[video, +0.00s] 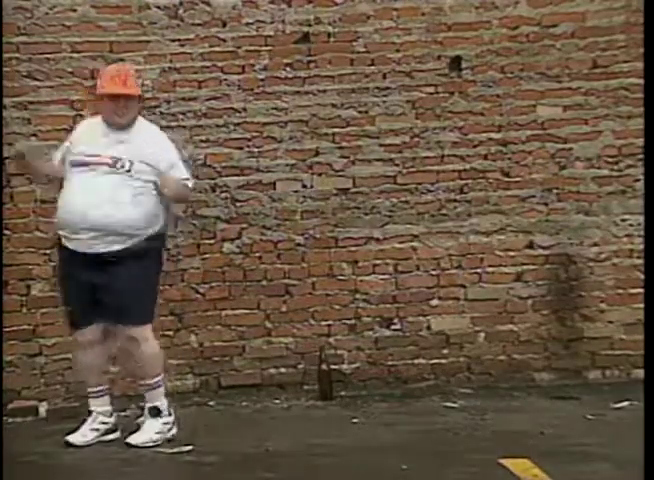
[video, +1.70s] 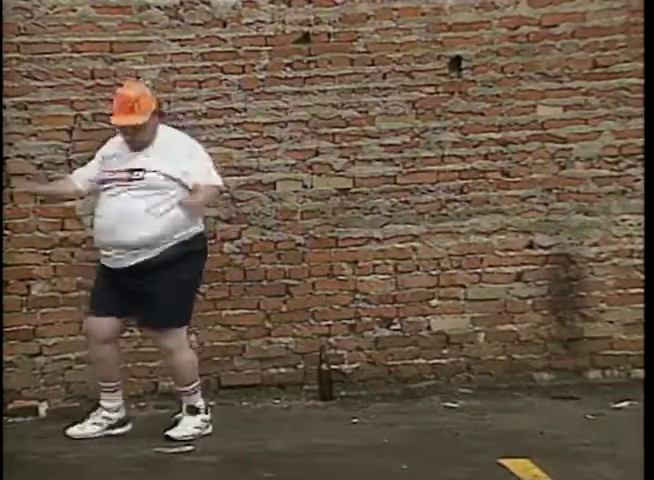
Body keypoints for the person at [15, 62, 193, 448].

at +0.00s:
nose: (119, 105)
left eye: (127, 98)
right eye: (112, 98)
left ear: (139, 100)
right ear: (98, 99)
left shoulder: (154, 140)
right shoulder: (84, 130)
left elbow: (182, 192)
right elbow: (60, 169)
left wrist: (167, 182)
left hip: (134, 249)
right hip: (78, 248)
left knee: (136, 331)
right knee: (88, 335)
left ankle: (159, 415)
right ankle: (102, 415)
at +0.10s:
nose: (128, 96)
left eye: (134, 89)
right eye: (120, 87)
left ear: (141, 91)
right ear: (101, 86)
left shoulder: (152, 126)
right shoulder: (76, 109)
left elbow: (180, 176)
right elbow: (29, 131)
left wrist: (157, 162)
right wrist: (47, 134)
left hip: (145, 234)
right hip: (87, 236)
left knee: (148, 315)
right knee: (98, 326)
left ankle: (160, 404)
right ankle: (104, 411)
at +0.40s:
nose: (130, 124)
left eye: (133, 117)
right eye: (121, 119)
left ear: (138, 115)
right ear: (99, 123)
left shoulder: (152, 140)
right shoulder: (80, 154)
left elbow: (188, 160)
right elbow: (42, 175)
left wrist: (191, 192)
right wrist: (25, 181)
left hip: (158, 260)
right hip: (98, 262)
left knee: (174, 333)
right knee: (110, 342)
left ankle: (173, 407)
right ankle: (121, 412)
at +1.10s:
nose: (121, 105)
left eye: (126, 97)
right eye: (115, 101)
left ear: (143, 92)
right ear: (108, 103)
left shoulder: (170, 117)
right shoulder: (93, 130)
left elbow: (210, 151)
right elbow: (65, 179)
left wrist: (198, 158)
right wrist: (69, 218)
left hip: (166, 242)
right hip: (109, 243)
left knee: (170, 325)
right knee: (109, 328)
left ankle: (178, 408)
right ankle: (111, 408)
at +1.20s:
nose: (137, 132)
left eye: (141, 124)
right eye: (128, 127)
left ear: (152, 114)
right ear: (116, 124)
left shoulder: (178, 135)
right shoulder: (107, 152)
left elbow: (222, 158)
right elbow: (70, 194)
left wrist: (211, 186)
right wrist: (86, 221)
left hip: (169, 260)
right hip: (111, 258)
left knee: (173, 334)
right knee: (105, 336)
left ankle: (178, 412)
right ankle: (107, 412)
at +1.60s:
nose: (135, 132)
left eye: (143, 126)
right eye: (129, 125)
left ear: (158, 118)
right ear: (119, 117)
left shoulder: (184, 144)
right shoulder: (108, 134)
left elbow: (218, 189)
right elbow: (77, 173)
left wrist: (215, 224)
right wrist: (78, 173)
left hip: (173, 246)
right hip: (121, 251)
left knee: (174, 332)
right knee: (111, 330)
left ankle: (197, 411)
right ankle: (115, 412)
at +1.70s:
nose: (130, 135)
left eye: (137, 128)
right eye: (124, 128)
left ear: (154, 117)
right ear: (117, 122)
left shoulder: (180, 146)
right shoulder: (112, 150)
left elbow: (210, 186)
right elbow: (77, 184)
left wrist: (196, 200)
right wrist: (37, 187)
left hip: (172, 254)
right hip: (119, 259)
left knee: (171, 336)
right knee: (99, 329)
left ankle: (195, 413)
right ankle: (112, 412)